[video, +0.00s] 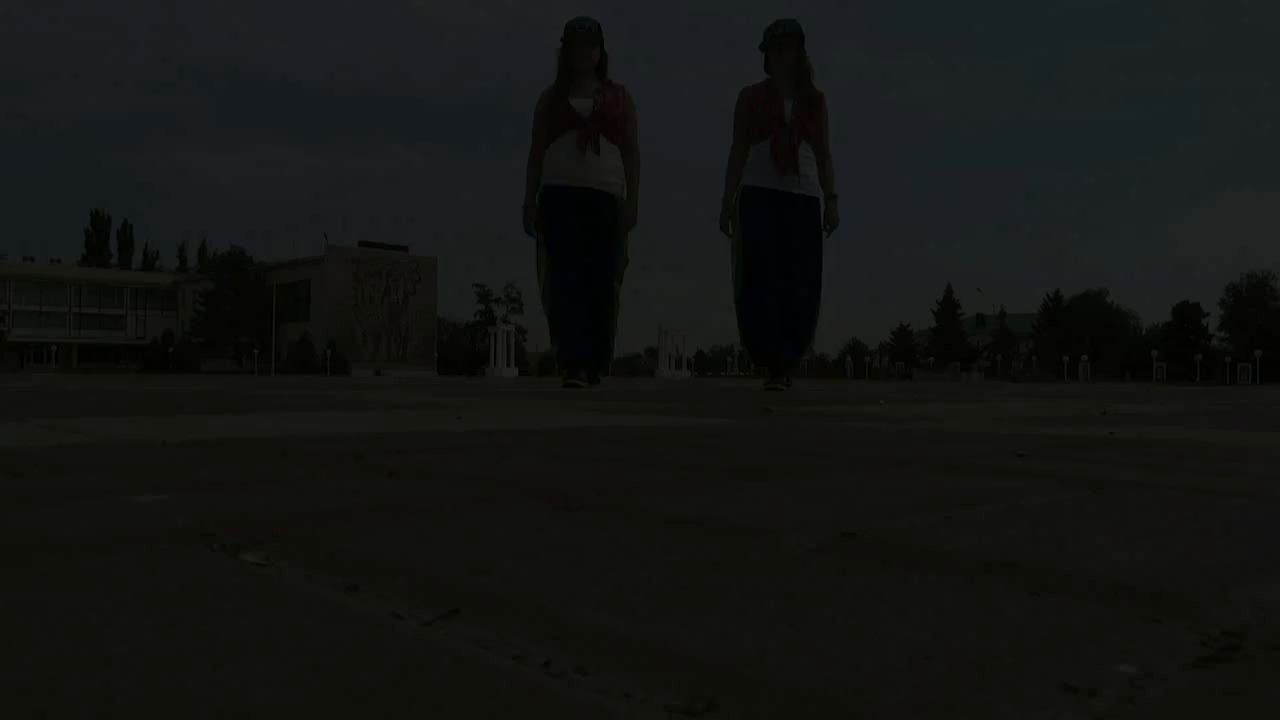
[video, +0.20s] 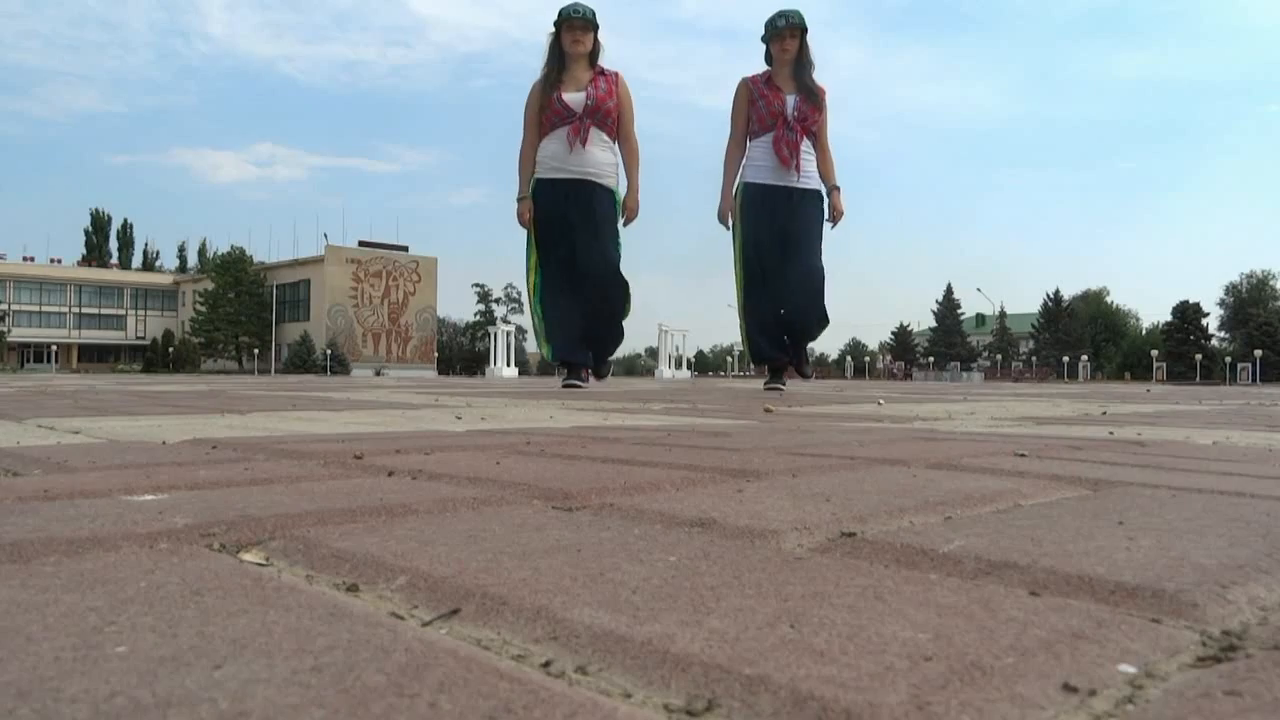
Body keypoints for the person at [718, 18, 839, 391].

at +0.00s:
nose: (785, 58)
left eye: (791, 50)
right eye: (777, 50)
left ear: (801, 54)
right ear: (766, 54)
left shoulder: (813, 98)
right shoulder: (751, 96)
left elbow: (822, 152)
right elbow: (738, 152)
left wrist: (830, 198)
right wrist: (728, 202)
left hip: (802, 201)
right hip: (758, 199)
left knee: (798, 280)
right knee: (760, 279)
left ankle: (787, 366)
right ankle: (768, 365)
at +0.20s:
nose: (786, 42)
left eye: (793, 36)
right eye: (780, 36)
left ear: (803, 42)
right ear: (768, 41)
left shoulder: (815, 92)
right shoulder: (750, 86)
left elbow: (822, 146)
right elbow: (737, 141)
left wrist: (833, 188)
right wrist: (726, 192)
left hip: (804, 194)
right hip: (758, 191)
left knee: (805, 273)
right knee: (763, 275)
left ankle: (798, 346)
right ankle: (775, 367)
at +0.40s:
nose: (789, 33)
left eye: (796, 27)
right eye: (782, 26)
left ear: (806, 32)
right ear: (771, 31)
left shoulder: (816, 84)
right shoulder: (748, 78)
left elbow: (823, 140)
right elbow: (736, 136)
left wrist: (836, 189)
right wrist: (731, 187)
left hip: (809, 188)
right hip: (762, 188)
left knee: (811, 271)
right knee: (767, 275)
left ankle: (811, 362)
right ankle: (776, 367)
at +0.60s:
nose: (796, 21)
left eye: (804, 14)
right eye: (788, 14)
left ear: (812, 21)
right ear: (776, 20)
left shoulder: (823, 76)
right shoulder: (752, 72)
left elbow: (830, 138)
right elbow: (741, 134)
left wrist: (844, 194)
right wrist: (733, 188)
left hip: (817, 183)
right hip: (767, 184)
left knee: (815, 268)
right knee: (771, 272)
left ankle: (811, 361)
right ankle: (777, 367)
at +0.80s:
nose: (804, 2)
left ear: (821, 4)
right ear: (785, 3)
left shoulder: (836, 57)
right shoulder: (761, 53)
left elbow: (844, 123)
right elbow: (748, 119)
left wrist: (860, 181)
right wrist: (735, 174)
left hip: (831, 174)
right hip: (777, 176)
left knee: (825, 267)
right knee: (779, 267)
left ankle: (811, 365)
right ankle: (772, 347)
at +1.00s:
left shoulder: (849, 39)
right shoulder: (769, 38)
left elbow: (860, 100)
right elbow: (758, 105)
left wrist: (881, 148)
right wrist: (744, 165)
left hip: (841, 159)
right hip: (787, 158)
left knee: (841, 256)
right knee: (814, 238)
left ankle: (812, 361)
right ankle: (782, 321)